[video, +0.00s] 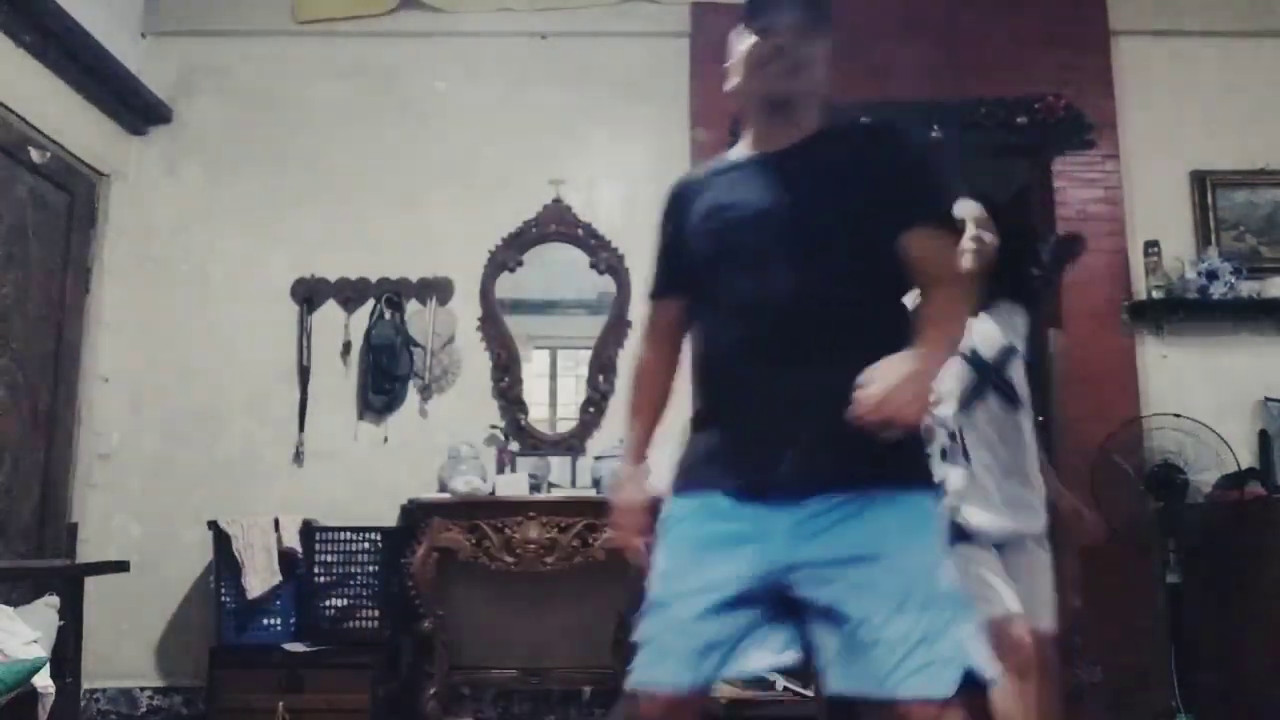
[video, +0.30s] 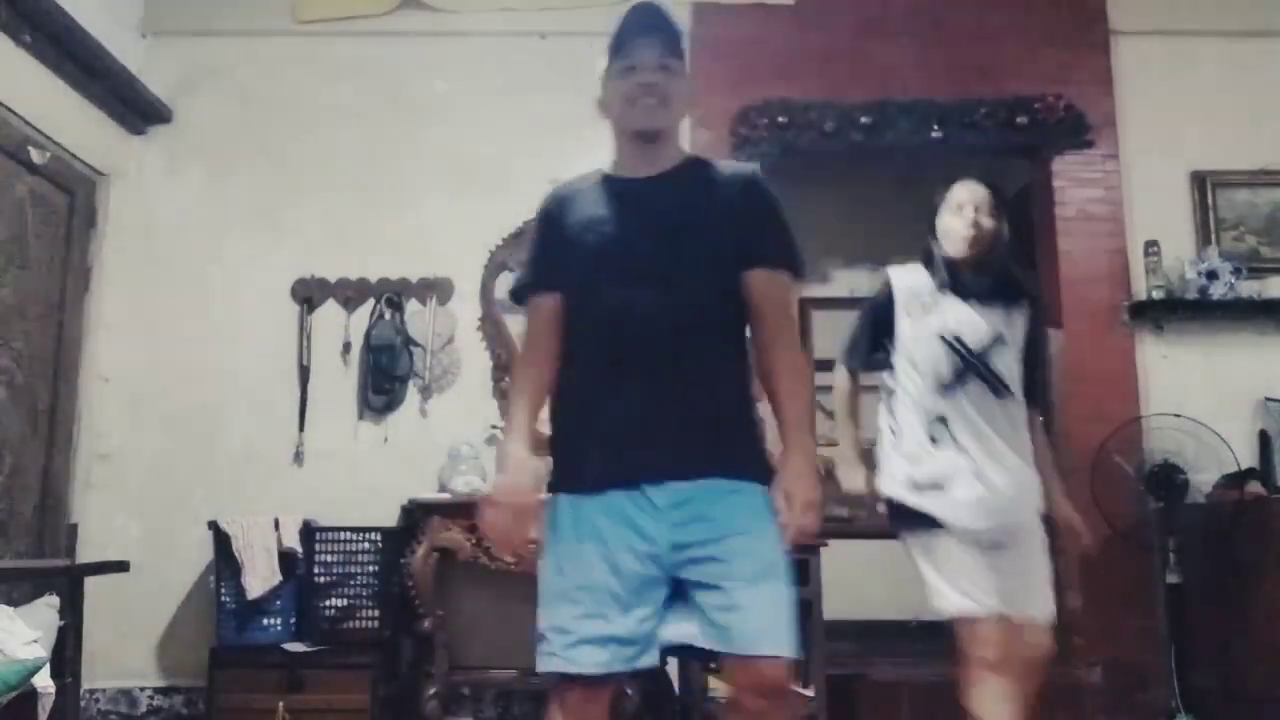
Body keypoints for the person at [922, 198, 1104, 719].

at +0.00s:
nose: (969, 244)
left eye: (981, 232)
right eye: (957, 231)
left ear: (999, 249)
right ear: (936, 244)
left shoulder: (1009, 321)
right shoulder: (921, 325)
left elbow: (1020, 435)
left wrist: (1059, 497)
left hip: (1025, 520)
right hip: (961, 521)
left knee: (1040, 651)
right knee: (1016, 648)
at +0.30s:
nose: (971, 220)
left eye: (984, 212)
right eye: (959, 209)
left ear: (1000, 229)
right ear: (936, 222)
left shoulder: (1018, 306)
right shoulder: (901, 289)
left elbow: (1030, 418)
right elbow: (847, 370)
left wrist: (1057, 499)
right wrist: (850, 459)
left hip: (1011, 495)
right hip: (934, 492)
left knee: (1034, 643)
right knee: (986, 642)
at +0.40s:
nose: (946, 207)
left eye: (960, 200)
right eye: (934, 198)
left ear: (980, 219)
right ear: (911, 214)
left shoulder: (1003, 293)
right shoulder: (873, 284)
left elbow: (1009, 400)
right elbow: (826, 365)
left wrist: (1021, 491)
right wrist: (829, 457)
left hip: (988, 490)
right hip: (905, 489)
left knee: (989, 640)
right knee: (939, 633)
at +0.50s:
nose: (924, 234)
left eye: (937, 226)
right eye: (912, 225)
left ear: (956, 244)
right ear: (888, 241)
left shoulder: (983, 320)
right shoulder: (858, 315)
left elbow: (997, 429)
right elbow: (820, 409)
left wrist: (1001, 522)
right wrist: (816, 500)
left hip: (966, 520)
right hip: (884, 517)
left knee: (949, 665)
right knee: (902, 656)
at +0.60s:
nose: (898, 255)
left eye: (910, 248)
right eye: (884, 248)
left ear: (926, 267)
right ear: (863, 265)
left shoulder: (953, 337)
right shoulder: (835, 335)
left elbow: (966, 439)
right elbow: (815, 432)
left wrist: (979, 525)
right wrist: (810, 520)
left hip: (935, 541)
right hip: (859, 538)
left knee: (919, 677)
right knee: (861, 671)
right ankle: (811, 710)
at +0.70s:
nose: (871, 237)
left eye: (885, 230)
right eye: (858, 228)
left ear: (900, 249)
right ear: (837, 244)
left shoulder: (927, 317)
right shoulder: (813, 312)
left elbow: (941, 409)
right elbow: (797, 409)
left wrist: (961, 482)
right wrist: (801, 488)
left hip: (908, 513)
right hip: (830, 510)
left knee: (904, 653)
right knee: (811, 651)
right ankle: (785, 713)